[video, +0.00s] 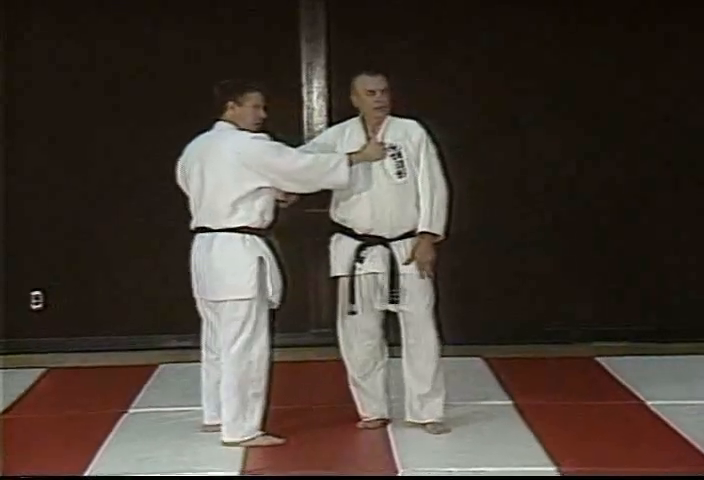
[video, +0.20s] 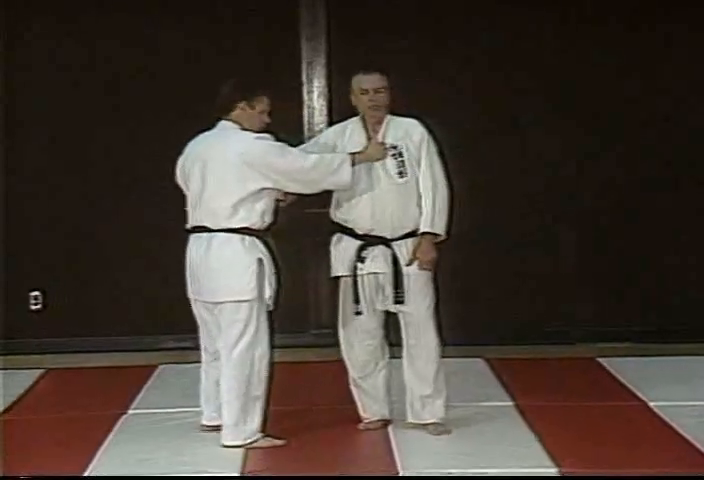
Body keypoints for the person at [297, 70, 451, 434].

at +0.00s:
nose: (378, 99)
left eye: (383, 92)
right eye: (370, 93)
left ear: (390, 96)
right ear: (354, 98)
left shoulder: (411, 133)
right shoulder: (337, 137)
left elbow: (434, 186)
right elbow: (296, 162)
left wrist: (427, 237)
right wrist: (284, 187)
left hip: (407, 245)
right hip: (356, 248)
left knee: (420, 332)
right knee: (360, 333)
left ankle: (426, 411)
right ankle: (372, 412)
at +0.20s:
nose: (373, 99)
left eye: (379, 92)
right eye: (364, 93)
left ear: (389, 95)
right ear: (353, 98)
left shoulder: (412, 133)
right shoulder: (338, 136)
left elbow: (435, 186)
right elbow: (295, 161)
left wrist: (429, 236)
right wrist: (281, 186)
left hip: (408, 246)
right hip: (356, 249)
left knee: (421, 332)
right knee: (360, 334)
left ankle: (427, 412)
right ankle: (373, 413)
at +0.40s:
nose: (359, 99)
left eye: (366, 92)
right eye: (354, 94)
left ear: (385, 96)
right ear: (350, 98)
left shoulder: (412, 132)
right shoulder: (337, 135)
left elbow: (435, 185)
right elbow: (294, 161)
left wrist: (429, 236)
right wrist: (279, 186)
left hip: (407, 245)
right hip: (355, 248)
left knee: (420, 330)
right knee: (360, 332)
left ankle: (427, 412)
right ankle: (372, 412)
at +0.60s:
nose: (355, 101)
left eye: (362, 94)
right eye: (352, 95)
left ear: (383, 96)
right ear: (349, 99)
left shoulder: (412, 133)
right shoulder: (337, 136)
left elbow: (435, 186)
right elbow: (294, 159)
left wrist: (426, 238)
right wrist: (273, 183)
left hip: (405, 246)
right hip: (353, 248)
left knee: (418, 331)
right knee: (359, 333)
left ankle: (427, 413)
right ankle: (372, 413)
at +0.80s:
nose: (355, 103)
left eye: (362, 96)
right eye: (351, 97)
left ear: (384, 97)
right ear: (348, 101)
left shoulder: (412, 133)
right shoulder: (338, 134)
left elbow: (434, 187)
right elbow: (293, 152)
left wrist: (424, 238)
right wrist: (252, 160)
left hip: (402, 247)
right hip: (352, 249)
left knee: (417, 331)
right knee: (358, 333)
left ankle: (427, 413)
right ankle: (371, 413)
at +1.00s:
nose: (353, 107)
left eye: (360, 100)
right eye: (349, 101)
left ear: (382, 100)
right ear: (346, 102)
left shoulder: (411, 133)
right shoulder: (337, 134)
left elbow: (434, 188)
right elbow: (290, 146)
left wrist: (424, 240)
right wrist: (244, 145)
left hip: (404, 247)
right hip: (353, 249)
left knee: (418, 332)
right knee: (358, 333)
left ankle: (428, 414)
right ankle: (372, 413)